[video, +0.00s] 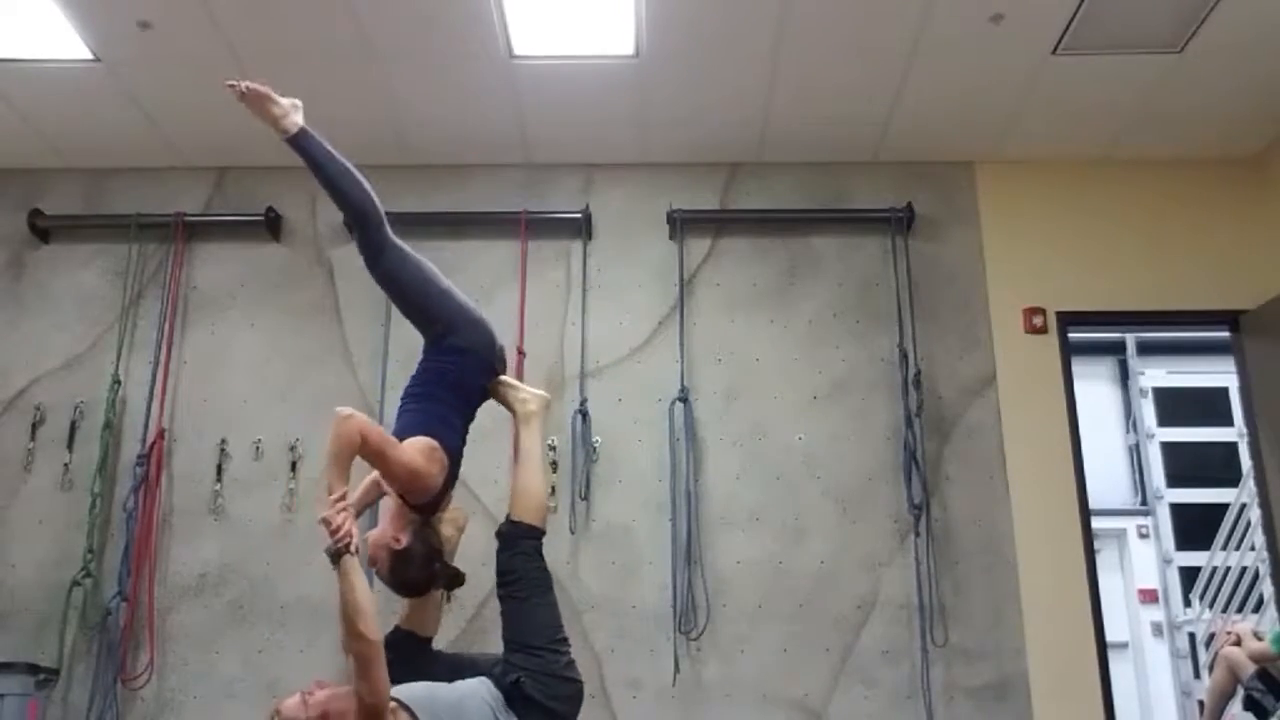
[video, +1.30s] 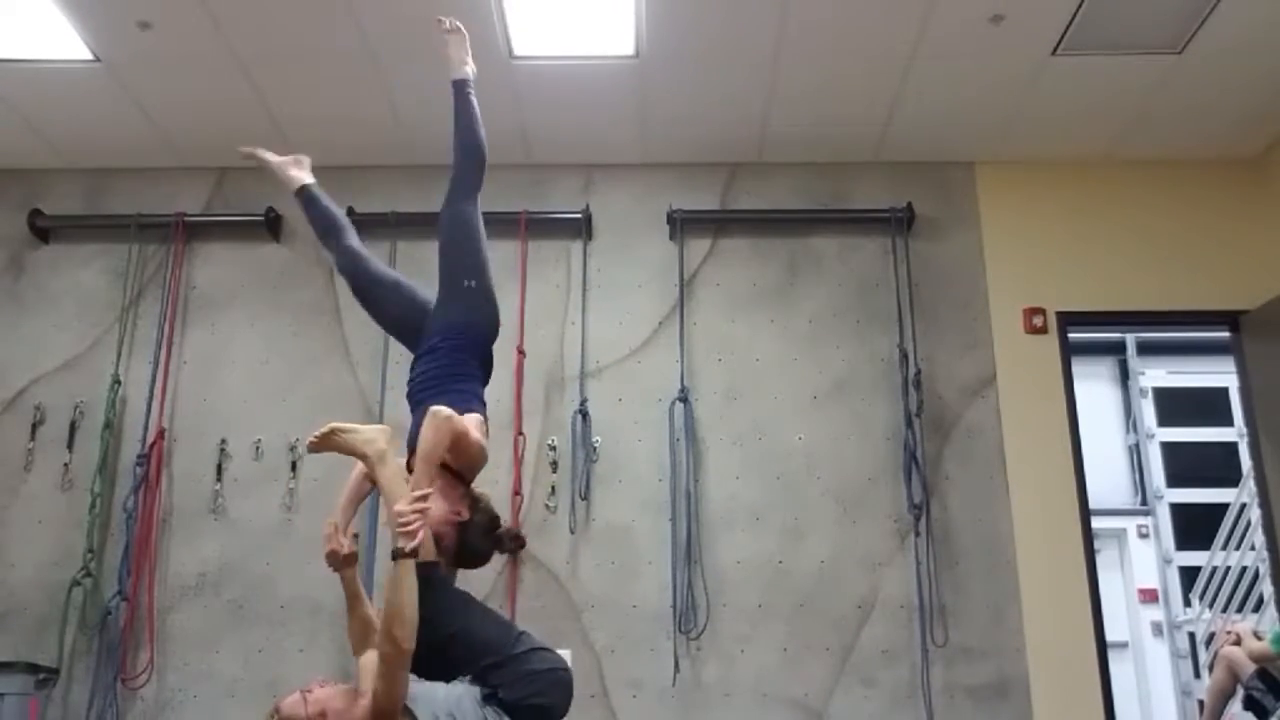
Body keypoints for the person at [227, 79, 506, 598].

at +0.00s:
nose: (370, 555)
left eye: (373, 563)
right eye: (379, 557)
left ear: (393, 543)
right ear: (404, 540)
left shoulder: (424, 493)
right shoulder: (417, 479)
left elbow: (391, 466)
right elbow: (347, 425)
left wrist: (352, 507)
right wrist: (335, 496)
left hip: (475, 365)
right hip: (467, 348)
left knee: (377, 243)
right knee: (375, 239)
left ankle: (298, 130)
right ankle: (293, 127)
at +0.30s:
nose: (395, 518)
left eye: (398, 530)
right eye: (403, 523)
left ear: (426, 500)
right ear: (423, 502)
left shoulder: (445, 466)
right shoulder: (432, 443)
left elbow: (387, 470)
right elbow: (356, 416)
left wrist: (362, 501)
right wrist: (349, 488)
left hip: (489, 346)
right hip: (474, 321)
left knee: (416, 202)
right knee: (412, 200)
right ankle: (359, 68)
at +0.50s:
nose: (405, 483)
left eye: (407, 490)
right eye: (413, 486)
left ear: (431, 472)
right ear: (435, 471)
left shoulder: (459, 434)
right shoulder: (449, 414)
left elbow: (393, 465)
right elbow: (377, 410)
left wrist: (366, 505)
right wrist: (360, 488)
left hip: (499, 325)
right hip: (491, 298)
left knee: (444, 176)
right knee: (442, 167)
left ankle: (406, 47)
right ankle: (402, 45)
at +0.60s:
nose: (414, 469)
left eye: (416, 478)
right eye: (426, 472)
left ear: (442, 453)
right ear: (450, 457)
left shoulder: (455, 420)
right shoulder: (464, 402)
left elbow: (394, 459)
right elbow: (400, 413)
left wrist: (368, 510)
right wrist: (373, 487)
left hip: (502, 314)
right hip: (496, 284)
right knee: (460, 164)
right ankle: (431, 29)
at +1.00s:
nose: (429, 473)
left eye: (431, 480)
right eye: (430, 482)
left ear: (435, 471)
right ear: (448, 471)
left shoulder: (417, 433)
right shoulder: (470, 412)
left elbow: (369, 464)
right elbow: (425, 416)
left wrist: (341, 519)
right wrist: (398, 490)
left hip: (472, 317)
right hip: (495, 298)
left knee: (455, 279)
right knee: (443, 156)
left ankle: (436, 232)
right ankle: (395, 44)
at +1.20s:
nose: (428, 487)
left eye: (428, 496)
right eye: (437, 495)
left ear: (440, 490)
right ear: (457, 490)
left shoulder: (426, 439)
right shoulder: (467, 437)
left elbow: (371, 456)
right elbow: (413, 422)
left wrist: (354, 514)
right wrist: (386, 497)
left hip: (462, 327)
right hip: (488, 311)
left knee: (441, 252)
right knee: (424, 175)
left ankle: (447, 188)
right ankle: (368, 59)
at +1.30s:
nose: (431, 518)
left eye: (433, 528)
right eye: (440, 524)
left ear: (451, 510)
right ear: (461, 506)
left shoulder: (423, 455)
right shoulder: (472, 457)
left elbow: (373, 460)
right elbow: (440, 425)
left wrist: (342, 520)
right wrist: (413, 500)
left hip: (429, 341)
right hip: (467, 330)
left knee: (355, 263)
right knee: (464, 192)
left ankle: (300, 181)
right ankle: (462, 74)